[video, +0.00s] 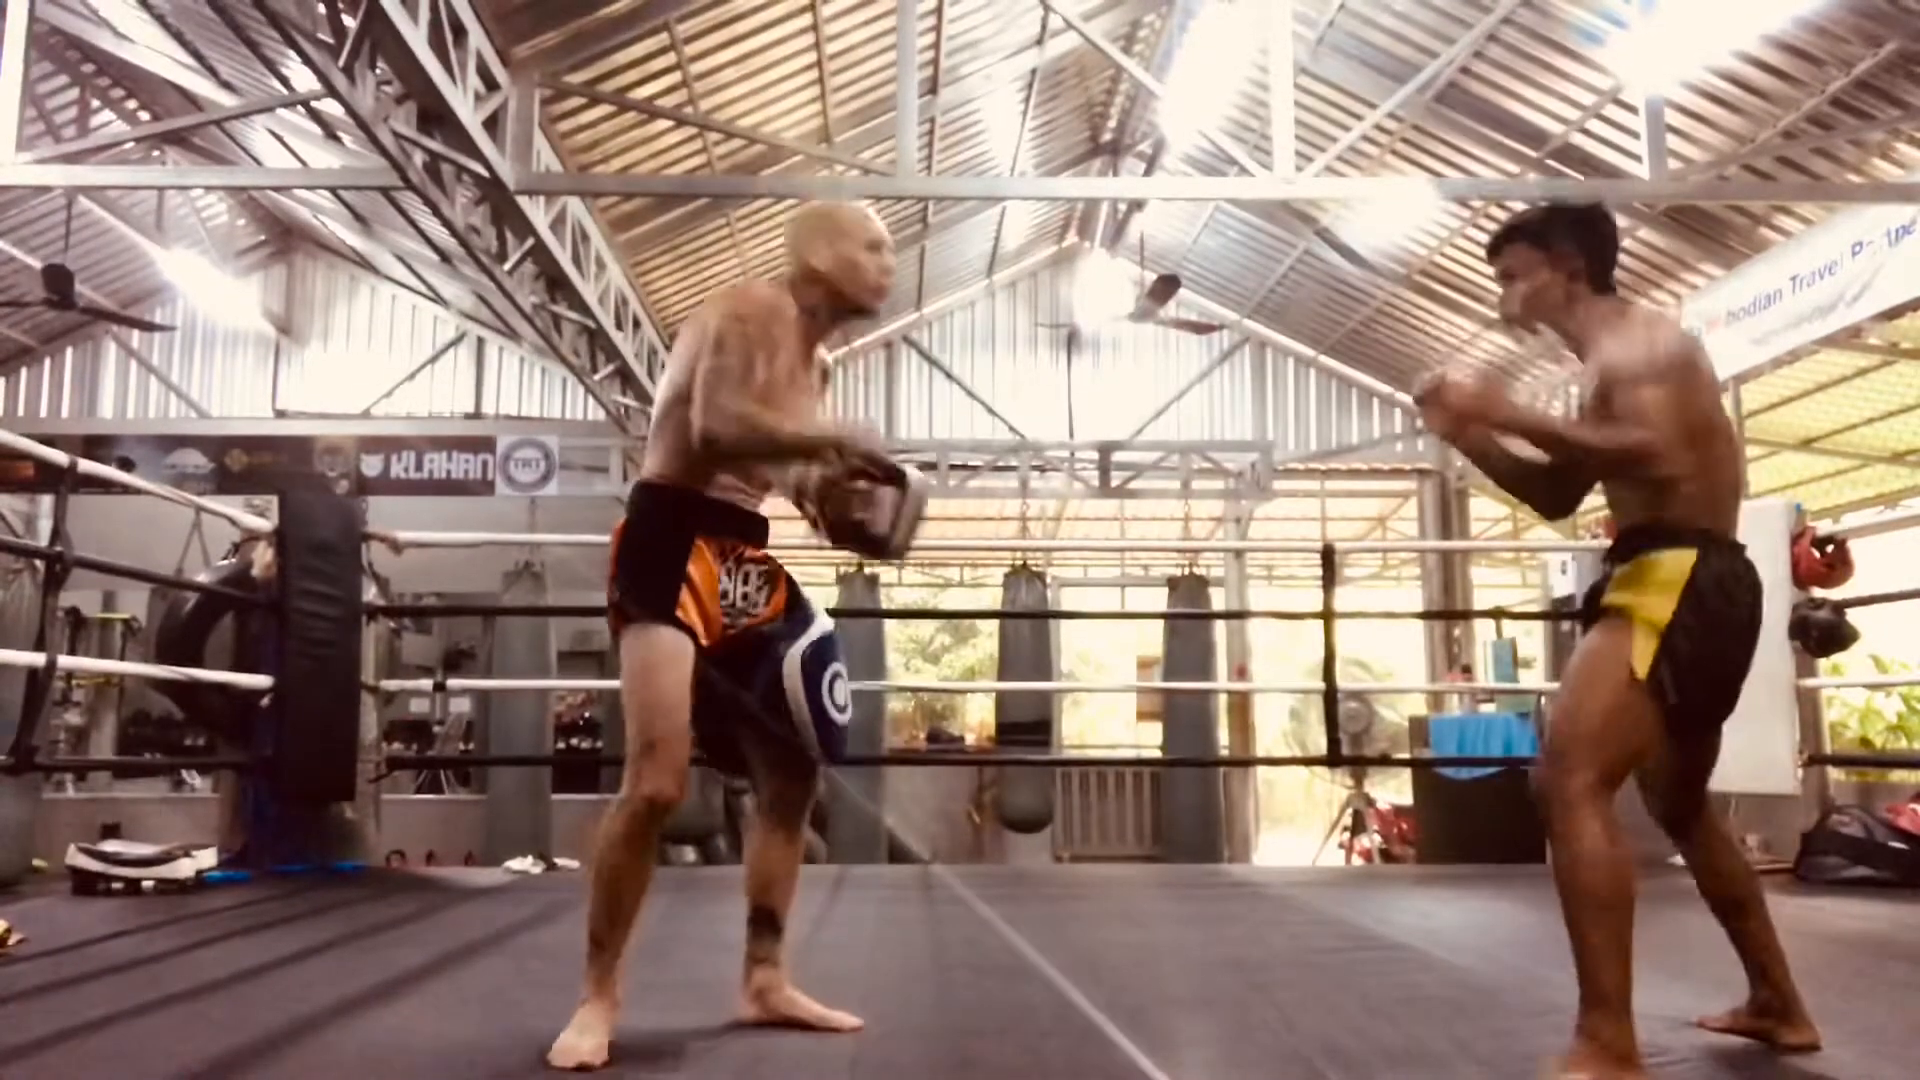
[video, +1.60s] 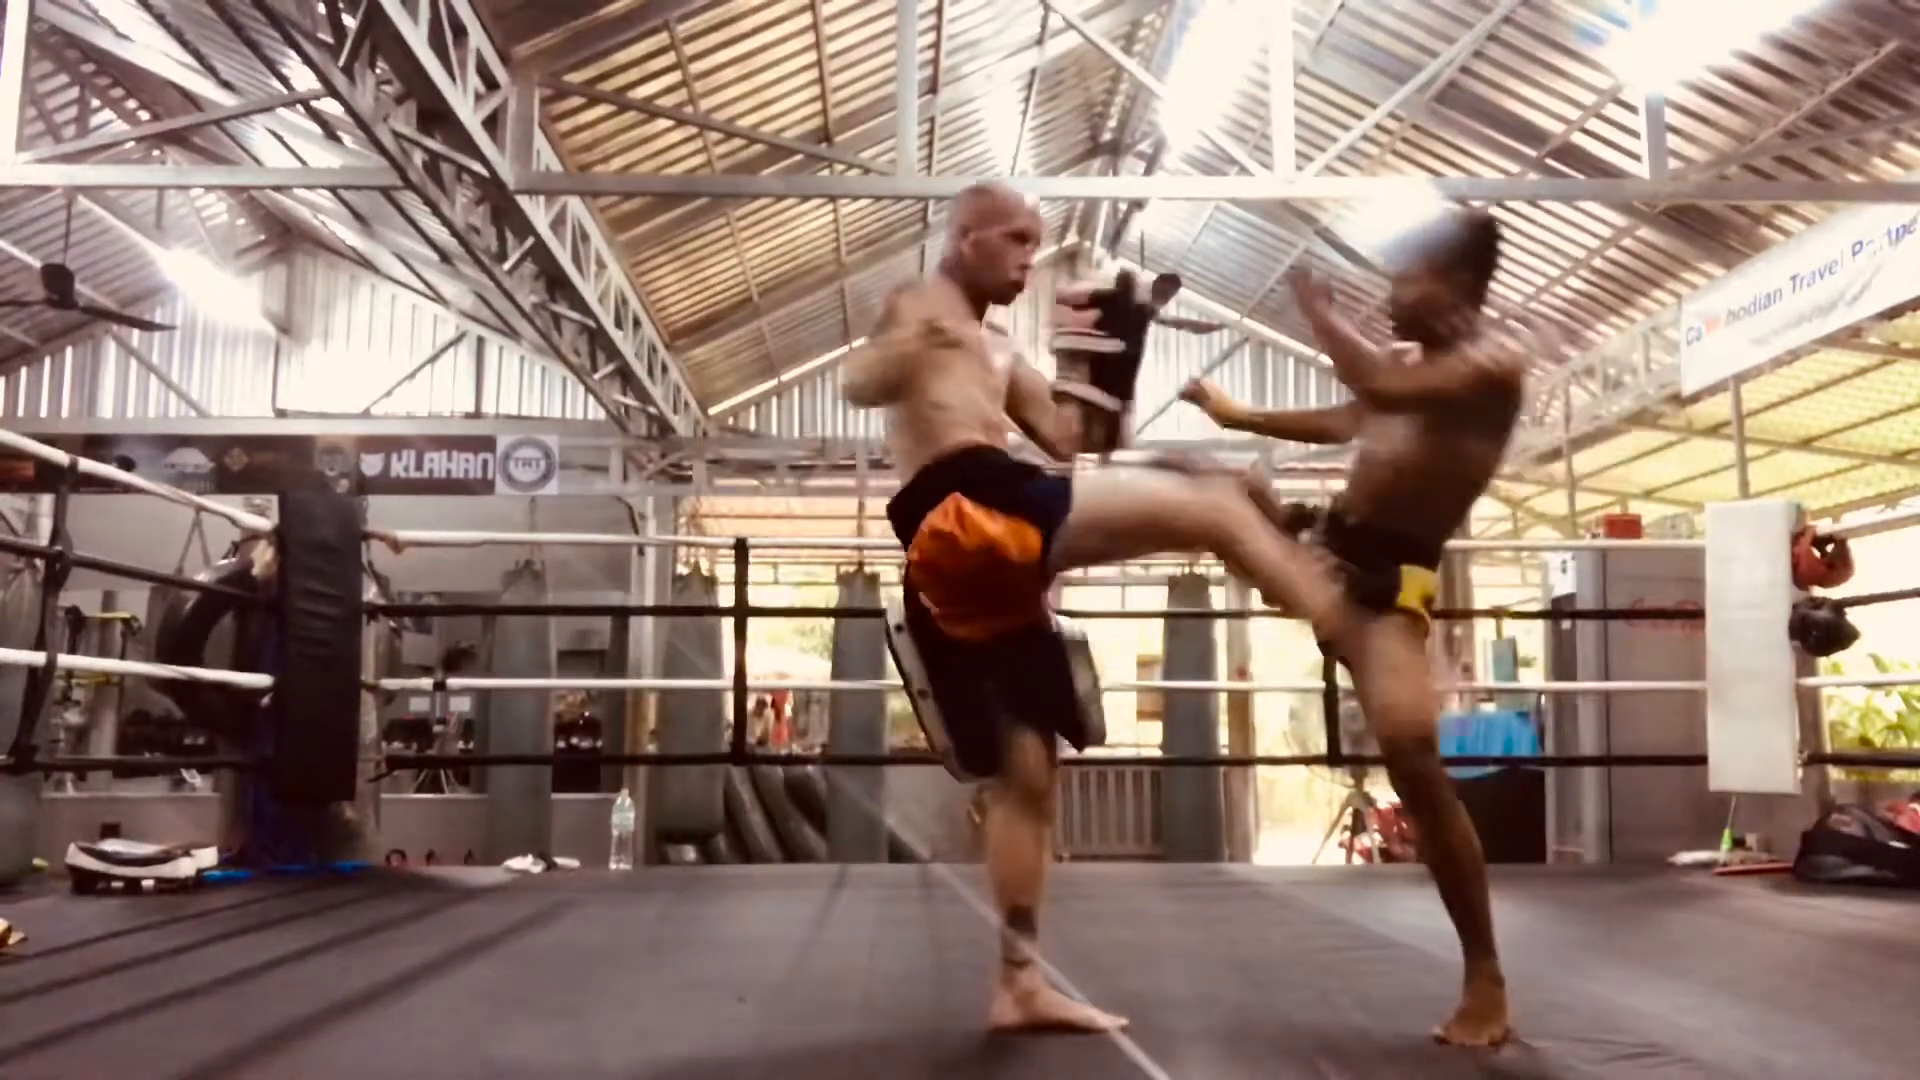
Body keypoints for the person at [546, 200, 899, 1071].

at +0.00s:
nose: (887, 273)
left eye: (887, 257)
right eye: (874, 254)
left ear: (838, 267)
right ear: (823, 257)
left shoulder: (806, 360)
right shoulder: (751, 308)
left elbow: (783, 464)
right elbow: (717, 424)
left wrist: (833, 504)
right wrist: (835, 442)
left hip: (742, 550)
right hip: (672, 534)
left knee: (792, 770)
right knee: (656, 785)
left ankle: (765, 981)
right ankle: (598, 998)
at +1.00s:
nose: (881, 300)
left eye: (881, 284)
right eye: (868, 280)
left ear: (833, 287)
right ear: (816, 278)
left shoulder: (815, 385)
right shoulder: (733, 333)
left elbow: (833, 497)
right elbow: (740, 425)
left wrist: (904, 433)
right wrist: (884, 450)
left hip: (751, 576)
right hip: (665, 563)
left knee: (877, 745)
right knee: (572, 796)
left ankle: (876, 962)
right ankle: (473, 996)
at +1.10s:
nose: (918, 308)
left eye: (920, 296)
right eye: (906, 289)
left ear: (897, 305)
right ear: (857, 286)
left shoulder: (846, 387)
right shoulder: (816, 338)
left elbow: (862, 489)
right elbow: (956, 374)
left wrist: (954, 411)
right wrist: (979, 311)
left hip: (808, 589)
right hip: (744, 577)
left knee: (943, 768)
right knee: (626, 802)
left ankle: (999, 974)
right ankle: (482, 985)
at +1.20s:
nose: (962, 333)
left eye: (963, 322)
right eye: (952, 317)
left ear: (915, 316)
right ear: (905, 306)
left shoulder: (902, 387)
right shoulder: (871, 344)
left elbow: (953, 471)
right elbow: (1015, 362)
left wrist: (982, 366)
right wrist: (1125, 324)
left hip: (882, 590)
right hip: (849, 582)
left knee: (1013, 777)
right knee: (830, 809)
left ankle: (1020, 984)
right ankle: (604, 905)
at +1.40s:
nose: (1028, 328)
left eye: (1032, 320)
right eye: (1019, 305)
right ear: (967, 288)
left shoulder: (966, 398)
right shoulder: (911, 323)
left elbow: (1030, 468)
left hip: (919, 586)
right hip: (926, 511)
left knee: (1021, 775)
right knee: (1158, 530)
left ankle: (1020, 981)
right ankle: (1237, 576)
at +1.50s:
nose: (1029, 300)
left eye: (1034, 290)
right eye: (1022, 279)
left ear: (1011, 296)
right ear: (974, 265)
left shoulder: (985, 371)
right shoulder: (919, 318)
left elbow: (1047, 458)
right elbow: (808, 400)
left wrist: (1049, 366)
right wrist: (803, 409)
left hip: (959, 566)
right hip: (968, 494)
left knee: (1039, 774)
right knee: (1204, 462)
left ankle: (1024, 980)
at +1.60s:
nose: (1029, 259)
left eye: (1034, 244)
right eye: (1016, 241)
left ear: (1024, 253)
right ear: (963, 240)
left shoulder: (998, 346)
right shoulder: (919, 301)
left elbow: (1071, 435)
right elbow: (857, 381)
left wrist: (1090, 342)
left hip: (955, 553)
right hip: (975, 503)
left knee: (1026, 770)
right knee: (1214, 508)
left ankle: (1022, 980)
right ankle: (1354, 634)